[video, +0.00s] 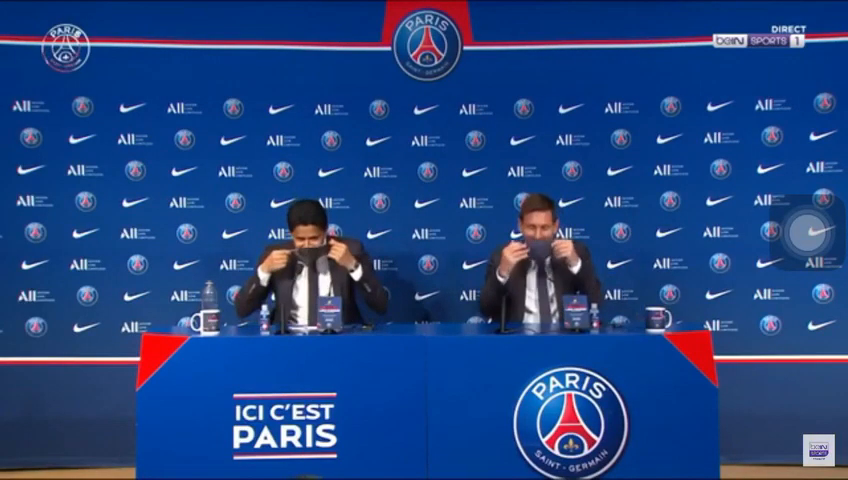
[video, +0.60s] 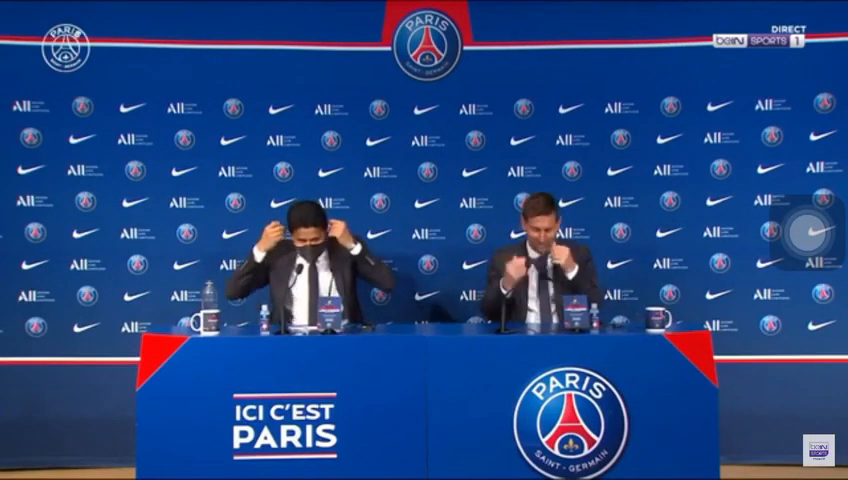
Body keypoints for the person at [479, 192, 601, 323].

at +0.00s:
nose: (538, 235)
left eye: (545, 228)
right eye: (532, 228)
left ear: (556, 227)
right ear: (521, 226)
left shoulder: (576, 253)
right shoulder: (505, 256)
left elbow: (596, 300)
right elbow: (487, 310)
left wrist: (575, 263)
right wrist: (503, 273)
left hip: (566, 339)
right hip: (519, 340)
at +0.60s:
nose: (542, 237)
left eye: (548, 230)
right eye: (535, 230)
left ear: (558, 224)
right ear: (524, 224)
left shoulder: (578, 254)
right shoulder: (504, 257)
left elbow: (595, 301)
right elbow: (488, 311)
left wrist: (571, 269)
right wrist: (507, 283)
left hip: (567, 339)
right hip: (520, 340)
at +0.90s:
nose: (547, 239)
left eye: (554, 232)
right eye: (541, 231)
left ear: (563, 224)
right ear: (528, 222)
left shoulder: (578, 254)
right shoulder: (504, 258)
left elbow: (594, 297)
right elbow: (490, 308)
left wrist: (565, 277)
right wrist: (511, 306)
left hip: (568, 340)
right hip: (520, 341)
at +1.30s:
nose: (544, 243)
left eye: (551, 236)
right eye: (539, 235)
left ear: (561, 227)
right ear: (528, 224)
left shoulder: (579, 254)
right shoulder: (504, 258)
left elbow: (601, 299)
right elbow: (490, 309)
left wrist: (579, 290)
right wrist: (511, 301)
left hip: (568, 341)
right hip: (519, 342)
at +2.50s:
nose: (535, 229)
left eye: (542, 222)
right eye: (529, 221)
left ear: (555, 223)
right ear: (520, 223)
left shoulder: (578, 256)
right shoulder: (503, 259)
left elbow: (598, 304)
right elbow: (489, 314)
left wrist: (573, 279)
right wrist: (508, 283)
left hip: (566, 341)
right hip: (518, 342)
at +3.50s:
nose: (537, 232)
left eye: (543, 226)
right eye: (530, 226)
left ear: (555, 224)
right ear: (520, 225)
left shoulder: (573, 252)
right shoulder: (506, 253)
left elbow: (600, 301)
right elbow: (485, 307)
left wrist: (578, 257)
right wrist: (504, 264)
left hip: (565, 342)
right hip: (518, 342)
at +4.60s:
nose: (532, 231)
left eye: (538, 224)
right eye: (525, 224)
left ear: (550, 225)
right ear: (515, 225)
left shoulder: (573, 253)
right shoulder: (501, 256)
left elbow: (587, 298)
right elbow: (480, 310)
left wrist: (559, 265)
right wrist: (502, 276)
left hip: (560, 342)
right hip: (514, 343)